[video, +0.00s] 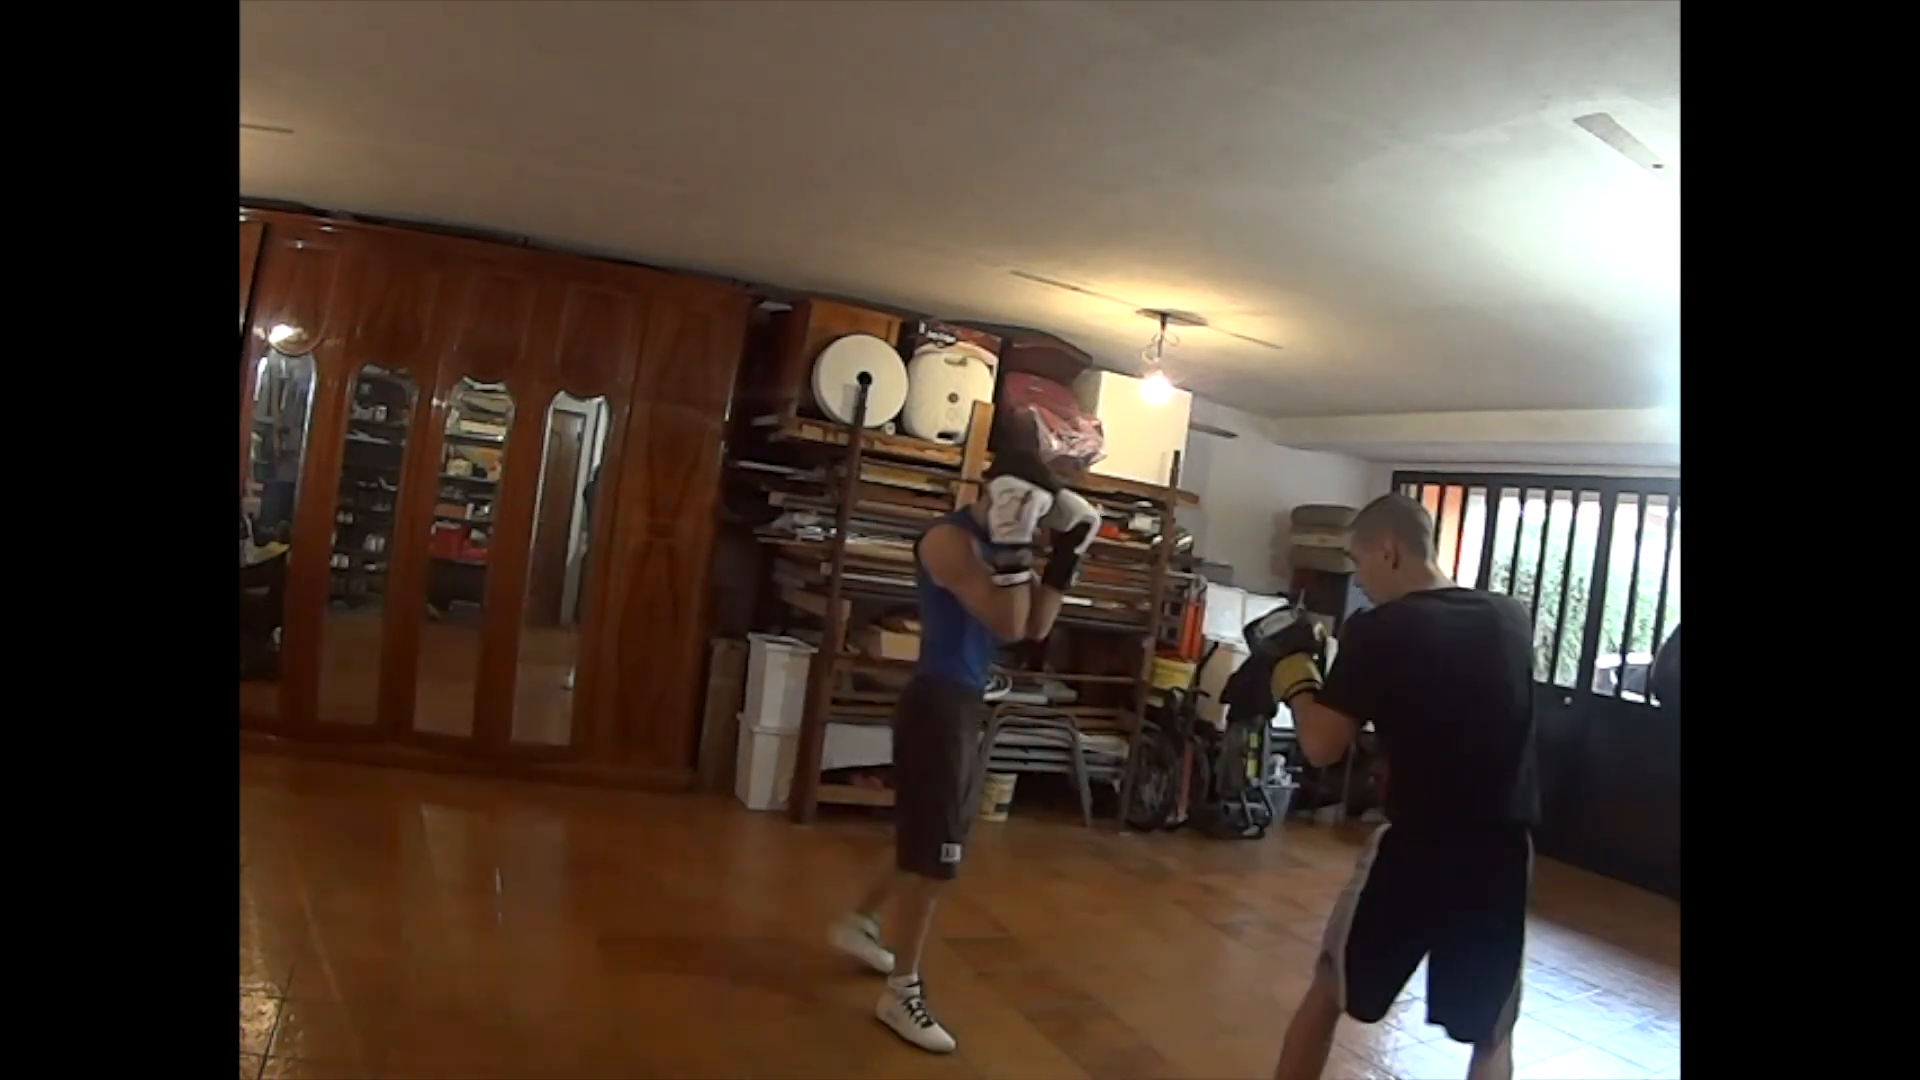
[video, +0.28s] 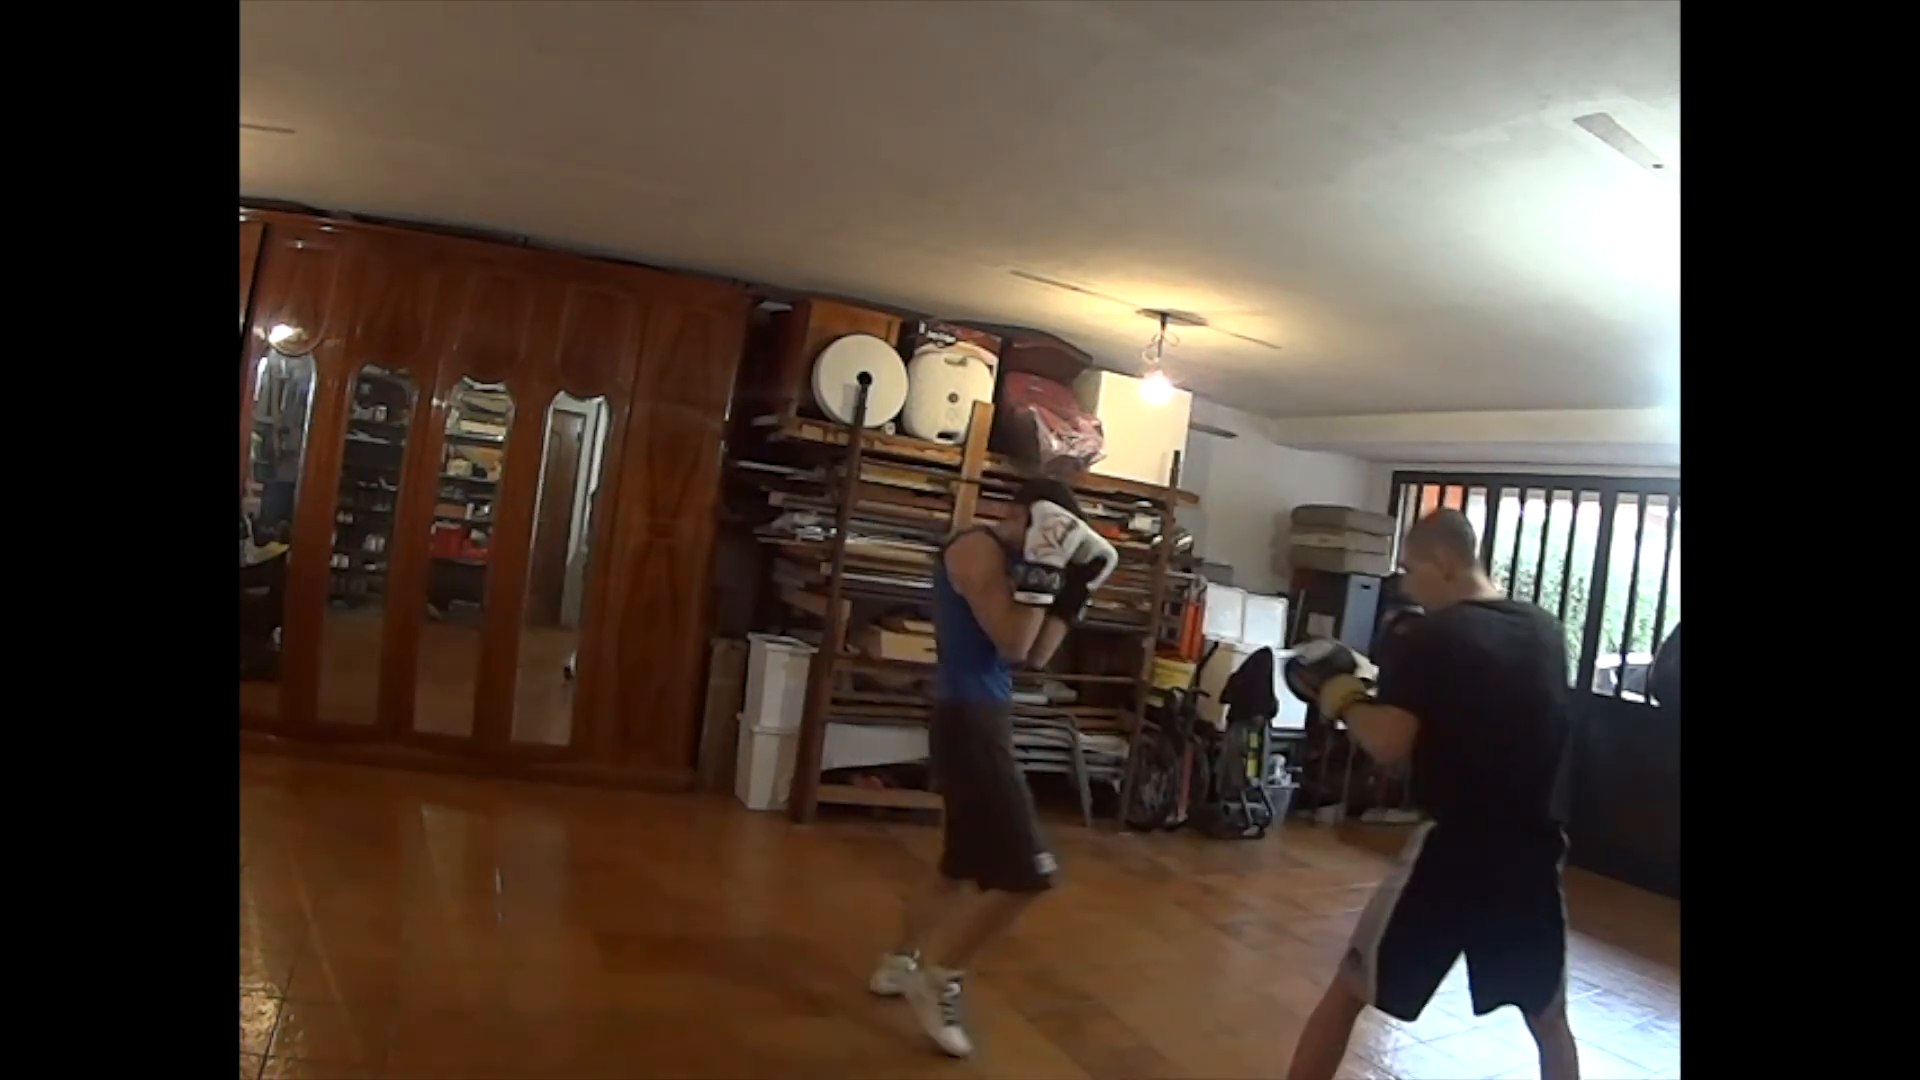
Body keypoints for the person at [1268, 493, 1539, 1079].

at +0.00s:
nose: (1360, 579)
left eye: (1360, 564)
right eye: (1356, 567)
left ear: (1390, 550)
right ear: (1426, 549)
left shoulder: (1379, 630)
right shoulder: (1511, 617)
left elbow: (1322, 745)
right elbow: (1481, 719)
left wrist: (1290, 668)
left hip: (1414, 848)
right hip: (1502, 851)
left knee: (1328, 992)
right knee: (1494, 1035)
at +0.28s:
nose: (1407, 586)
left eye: (1410, 571)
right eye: (1405, 572)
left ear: (1441, 563)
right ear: (1469, 560)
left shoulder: (1427, 636)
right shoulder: (1543, 629)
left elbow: (1389, 742)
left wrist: (1337, 691)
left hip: (1449, 848)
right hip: (1533, 850)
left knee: (1348, 993)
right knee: (1551, 1023)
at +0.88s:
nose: (1510, 621)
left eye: (1514, 607)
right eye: (1509, 608)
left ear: (1551, 600)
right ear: (1571, 601)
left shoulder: (1545, 668)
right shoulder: (1635, 668)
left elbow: (1501, 764)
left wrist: (1442, 714)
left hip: (1552, 862)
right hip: (1622, 864)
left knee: (1429, 978)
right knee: (1626, 1007)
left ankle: (1382, 1077)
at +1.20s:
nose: (1582, 631)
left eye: (1586, 616)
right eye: (1579, 618)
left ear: (1625, 610)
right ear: (1636, 612)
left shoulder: (1615, 672)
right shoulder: (1671, 672)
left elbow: (1600, 762)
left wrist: (1510, 739)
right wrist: (1585, 677)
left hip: (1608, 864)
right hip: (1665, 870)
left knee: (1482, 995)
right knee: (1649, 1016)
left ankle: (1415, 1078)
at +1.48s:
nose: (1585, 639)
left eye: (1590, 625)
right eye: (1582, 626)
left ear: (1628, 619)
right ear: (1640, 622)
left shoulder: (1617, 680)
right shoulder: (1672, 680)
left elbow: (1604, 766)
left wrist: (1514, 745)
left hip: (1618, 868)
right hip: (1669, 873)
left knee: (1487, 993)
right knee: (1662, 1011)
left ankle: (1417, 1077)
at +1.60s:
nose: (1601, 655)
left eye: (1609, 644)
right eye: (1601, 643)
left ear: (1648, 638)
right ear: (1652, 640)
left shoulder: (1639, 692)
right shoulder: (1671, 692)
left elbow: (1621, 762)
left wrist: (1540, 728)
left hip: (1625, 879)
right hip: (1668, 885)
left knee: (1482, 998)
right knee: (1672, 1015)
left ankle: (1414, 1075)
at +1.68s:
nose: (1620, 650)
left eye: (1631, 640)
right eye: (1622, 640)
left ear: (1667, 642)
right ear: (1664, 642)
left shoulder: (1661, 698)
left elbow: (1652, 771)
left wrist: (1564, 737)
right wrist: (1549, 728)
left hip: (1645, 879)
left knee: (1499, 1003)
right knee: (1675, 1020)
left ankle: (1425, 1076)